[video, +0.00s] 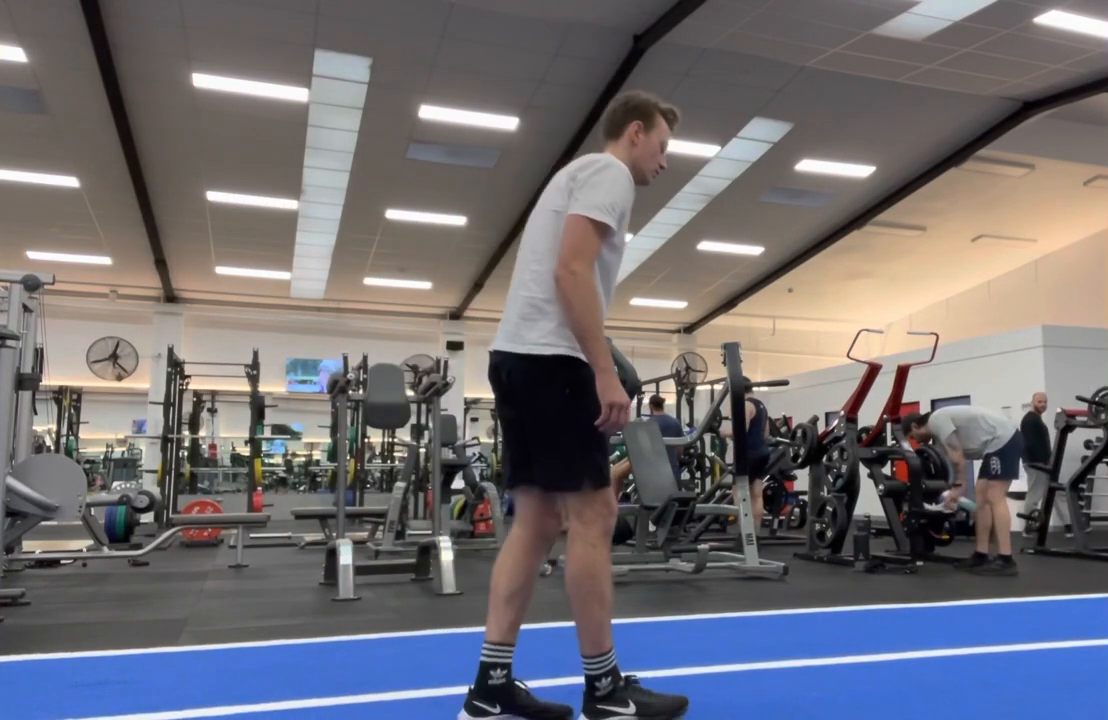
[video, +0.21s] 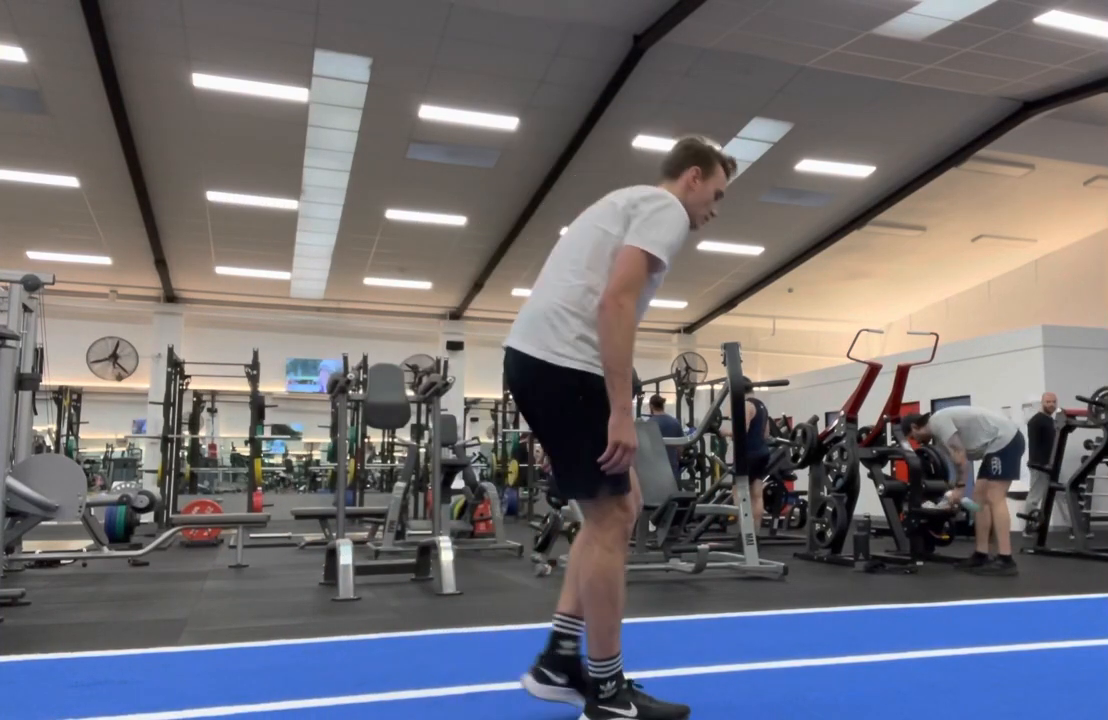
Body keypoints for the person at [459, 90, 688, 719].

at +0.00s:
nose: (663, 160)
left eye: (666, 149)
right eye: (662, 145)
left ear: (625, 133)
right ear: (634, 132)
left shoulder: (574, 176)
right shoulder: (609, 172)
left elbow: (555, 283)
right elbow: (572, 268)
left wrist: (600, 370)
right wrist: (605, 370)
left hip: (520, 360)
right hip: (554, 359)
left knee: (535, 521)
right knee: (593, 514)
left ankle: (492, 680)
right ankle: (605, 685)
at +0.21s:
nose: (714, 211)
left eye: (719, 201)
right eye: (717, 197)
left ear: (681, 176)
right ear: (693, 178)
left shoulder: (622, 203)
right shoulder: (665, 209)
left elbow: (566, 301)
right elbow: (618, 300)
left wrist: (545, 421)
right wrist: (622, 410)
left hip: (541, 360)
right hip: (565, 365)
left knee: (620, 502)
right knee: (610, 514)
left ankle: (563, 652)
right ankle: (608, 688)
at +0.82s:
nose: (777, 398)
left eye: (787, 392)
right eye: (786, 387)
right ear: (776, 358)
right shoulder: (743, 357)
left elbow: (612, 443)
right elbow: (687, 463)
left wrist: (567, 530)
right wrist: (661, 573)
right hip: (577, 364)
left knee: (636, 516)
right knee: (639, 526)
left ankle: (670, 669)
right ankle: (610, 692)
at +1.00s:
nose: (780, 427)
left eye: (788, 421)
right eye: (787, 415)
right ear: (777, 387)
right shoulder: (749, 380)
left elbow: (654, 490)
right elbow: (712, 505)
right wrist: (707, 622)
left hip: (562, 359)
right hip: (585, 364)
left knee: (635, 521)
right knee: (649, 519)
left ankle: (670, 671)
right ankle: (609, 691)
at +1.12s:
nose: (779, 432)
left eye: (787, 426)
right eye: (786, 421)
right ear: (777, 393)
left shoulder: (691, 399)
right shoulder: (751, 387)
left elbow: (668, 506)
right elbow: (727, 514)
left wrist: (665, 601)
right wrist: (737, 626)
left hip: (565, 360)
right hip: (586, 363)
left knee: (636, 519)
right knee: (649, 518)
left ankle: (671, 671)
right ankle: (609, 691)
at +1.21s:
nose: (780, 429)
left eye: (788, 424)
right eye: (788, 418)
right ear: (780, 391)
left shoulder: (693, 403)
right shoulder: (753, 382)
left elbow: (687, 510)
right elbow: (746, 515)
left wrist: (700, 605)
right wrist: (771, 623)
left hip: (564, 360)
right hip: (590, 362)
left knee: (639, 520)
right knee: (650, 517)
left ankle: (672, 672)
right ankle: (609, 690)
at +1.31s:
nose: (788, 420)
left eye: (795, 414)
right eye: (795, 407)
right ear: (787, 378)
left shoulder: (699, 396)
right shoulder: (756, 369)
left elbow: (699, 503)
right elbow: (765, 507)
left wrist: (736, 588)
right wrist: (806, 605)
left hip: (566, 359)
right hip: (593, 360)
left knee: (640, 519)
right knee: (649, 518)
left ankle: (673, 671)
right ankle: (609, 690)